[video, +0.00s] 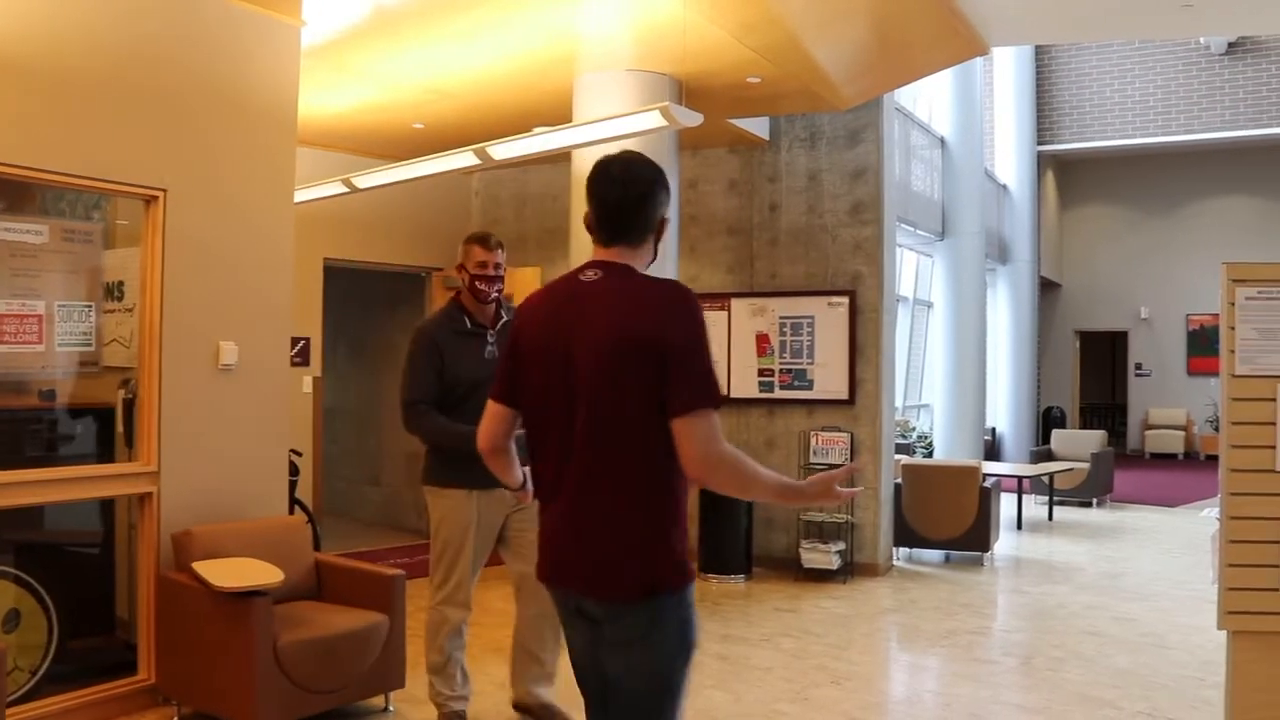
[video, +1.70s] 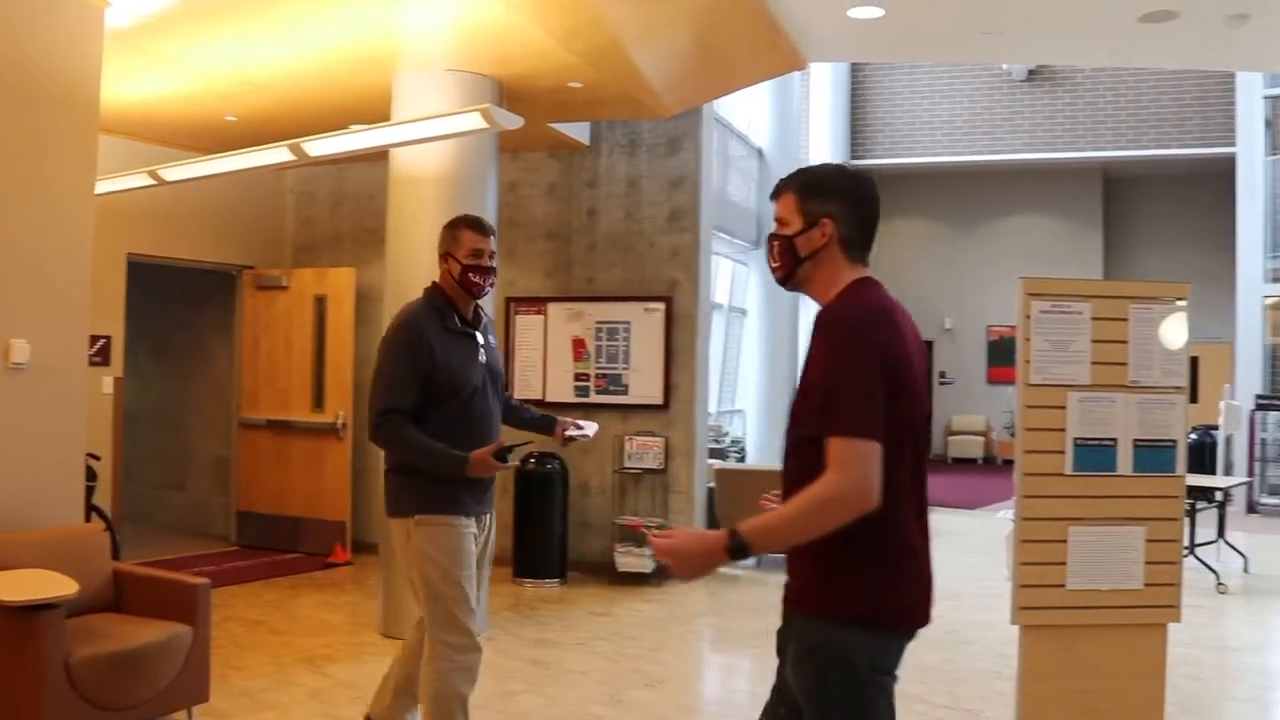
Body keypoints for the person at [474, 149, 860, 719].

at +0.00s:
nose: (666, 227)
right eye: (667, 216)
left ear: (589, 221)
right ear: (662, 225)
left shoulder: (538, 308)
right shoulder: (668, 304)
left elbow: (492, 440)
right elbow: (705, 459)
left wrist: (519, 482)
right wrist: (799, 491)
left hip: (565, 562)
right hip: (645, 568)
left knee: (604, 711)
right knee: (646, 710)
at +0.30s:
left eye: (620, 206)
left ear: (620, 215)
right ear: (692, 223)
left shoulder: (563, 305)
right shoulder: (720, 308)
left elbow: (513, 442)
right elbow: (758, 459)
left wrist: (517, 482)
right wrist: (804, 483)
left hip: (593, 562)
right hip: (694, 564)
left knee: (604, 712)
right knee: (725, 707)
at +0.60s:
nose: (669, 220)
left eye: (672, 212)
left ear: (676, 220)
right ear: (741, 228)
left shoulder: (625, 306)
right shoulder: (779, 318)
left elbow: (576, 441)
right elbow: (812, 471)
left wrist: (530, 490)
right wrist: (778, 475)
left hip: (643, 560)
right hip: (746, 564)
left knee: (615, 713)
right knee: (761, 714)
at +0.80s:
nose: (702, 229)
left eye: (705, 219)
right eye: (705, 219)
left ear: (711, 227)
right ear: (776, 234)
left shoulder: (675, 308)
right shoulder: (818, 322)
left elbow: (643, 445)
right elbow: (842, 467)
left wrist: (569, 498)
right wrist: (782, 487)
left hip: (690, 568)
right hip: (788, 571)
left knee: (632, 712)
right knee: (769, 713)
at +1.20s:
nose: (742, 227)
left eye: (745, 215)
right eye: (746, 215)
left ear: (755, 224)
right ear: (816, 232)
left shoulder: (740, 299)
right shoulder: (848, 320)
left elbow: (728, 443)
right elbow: (867, 464)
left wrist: (630, 507)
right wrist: (795, 489)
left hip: (744, 573)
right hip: (822, 573)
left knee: (711, 709)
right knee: (781, 712)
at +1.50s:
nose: (755, 237)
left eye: (761, 222)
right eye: (757, 223)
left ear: (790, 227)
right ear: (834, 232)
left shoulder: (797, 311)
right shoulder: (875, 324)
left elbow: (796, 462)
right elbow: (889, 468)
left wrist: (681, 525)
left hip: (795, 587)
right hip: (847, 582)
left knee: (795, 714)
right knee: (784, 710)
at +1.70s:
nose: (773, 243)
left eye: (782, 228)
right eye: (774, 229)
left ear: (824, 233)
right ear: (823, 235)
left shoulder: (855, 318)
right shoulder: (873, 313)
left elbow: (855, 486)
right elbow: (883, 472)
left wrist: (725, 544)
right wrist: (807, 508)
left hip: (847, 609)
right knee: (786, 714)